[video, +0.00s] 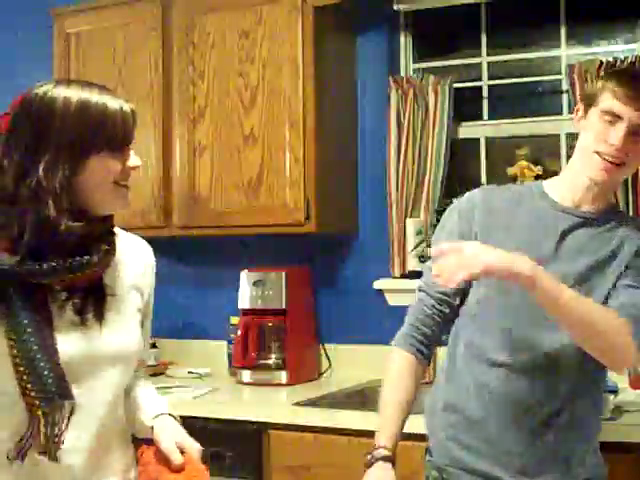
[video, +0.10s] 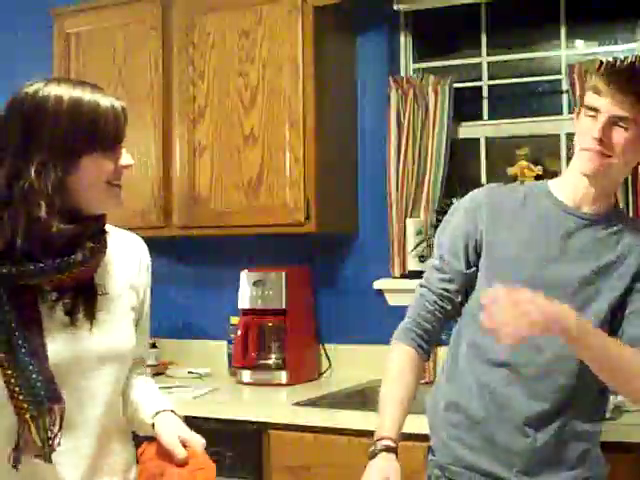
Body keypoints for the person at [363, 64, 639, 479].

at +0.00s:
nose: (619, 141)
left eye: (637, 132)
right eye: (611, 118)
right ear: (580, 116)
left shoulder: (629, 244)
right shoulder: (477, 211)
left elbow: (629, 357)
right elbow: (416, 337)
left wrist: (526, 272)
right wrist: (381, 456)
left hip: (566, 469)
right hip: (459, 463)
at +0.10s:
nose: (600, 133)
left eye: (621, 125)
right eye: (592, 114)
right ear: (575, 119)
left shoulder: (630, 251)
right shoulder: (484, 210)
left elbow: (634, 384)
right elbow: (417, 331)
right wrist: (384, 449)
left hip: (566, 469)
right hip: (460, 461)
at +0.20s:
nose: (585, 128)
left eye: (607, 118)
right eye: (579, 111)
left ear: (637, 141)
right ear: (568, 119)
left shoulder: (632, 252)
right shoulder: (486, 210)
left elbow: (637, 393)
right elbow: (417, 331)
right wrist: (390, 447)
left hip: (566, 470)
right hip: (462, 462)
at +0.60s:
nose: (595, 137)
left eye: (617, 126)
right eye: (590, 118)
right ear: (582, 119)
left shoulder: (632, 256)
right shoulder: (499, 200)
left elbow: (635, 368)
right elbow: (416, 297)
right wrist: (397, 384)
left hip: (571, 467)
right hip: (467, 460)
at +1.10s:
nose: (622, 139)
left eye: (637, 128)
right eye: (613, 121)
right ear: (590, 125)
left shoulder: (632, 261)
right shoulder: (509, 199)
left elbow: (635, 380)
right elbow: (408, 293)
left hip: (582, 462)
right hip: (490, 456)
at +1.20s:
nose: (618, 142)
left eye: (636, 130)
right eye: (607, 122)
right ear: (584, 123)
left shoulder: (633, 260)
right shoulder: (506, 204)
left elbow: (637, 381)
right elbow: (419, 315)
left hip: (586, 467)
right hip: (491, 460)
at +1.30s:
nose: (622, 147)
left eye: (638, 135)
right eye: (611, 126)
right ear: (581, 125)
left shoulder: (630, 255)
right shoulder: (507, 202)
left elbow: (630, 365)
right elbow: (440, 322)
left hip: (587, 463)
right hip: (493, 459)